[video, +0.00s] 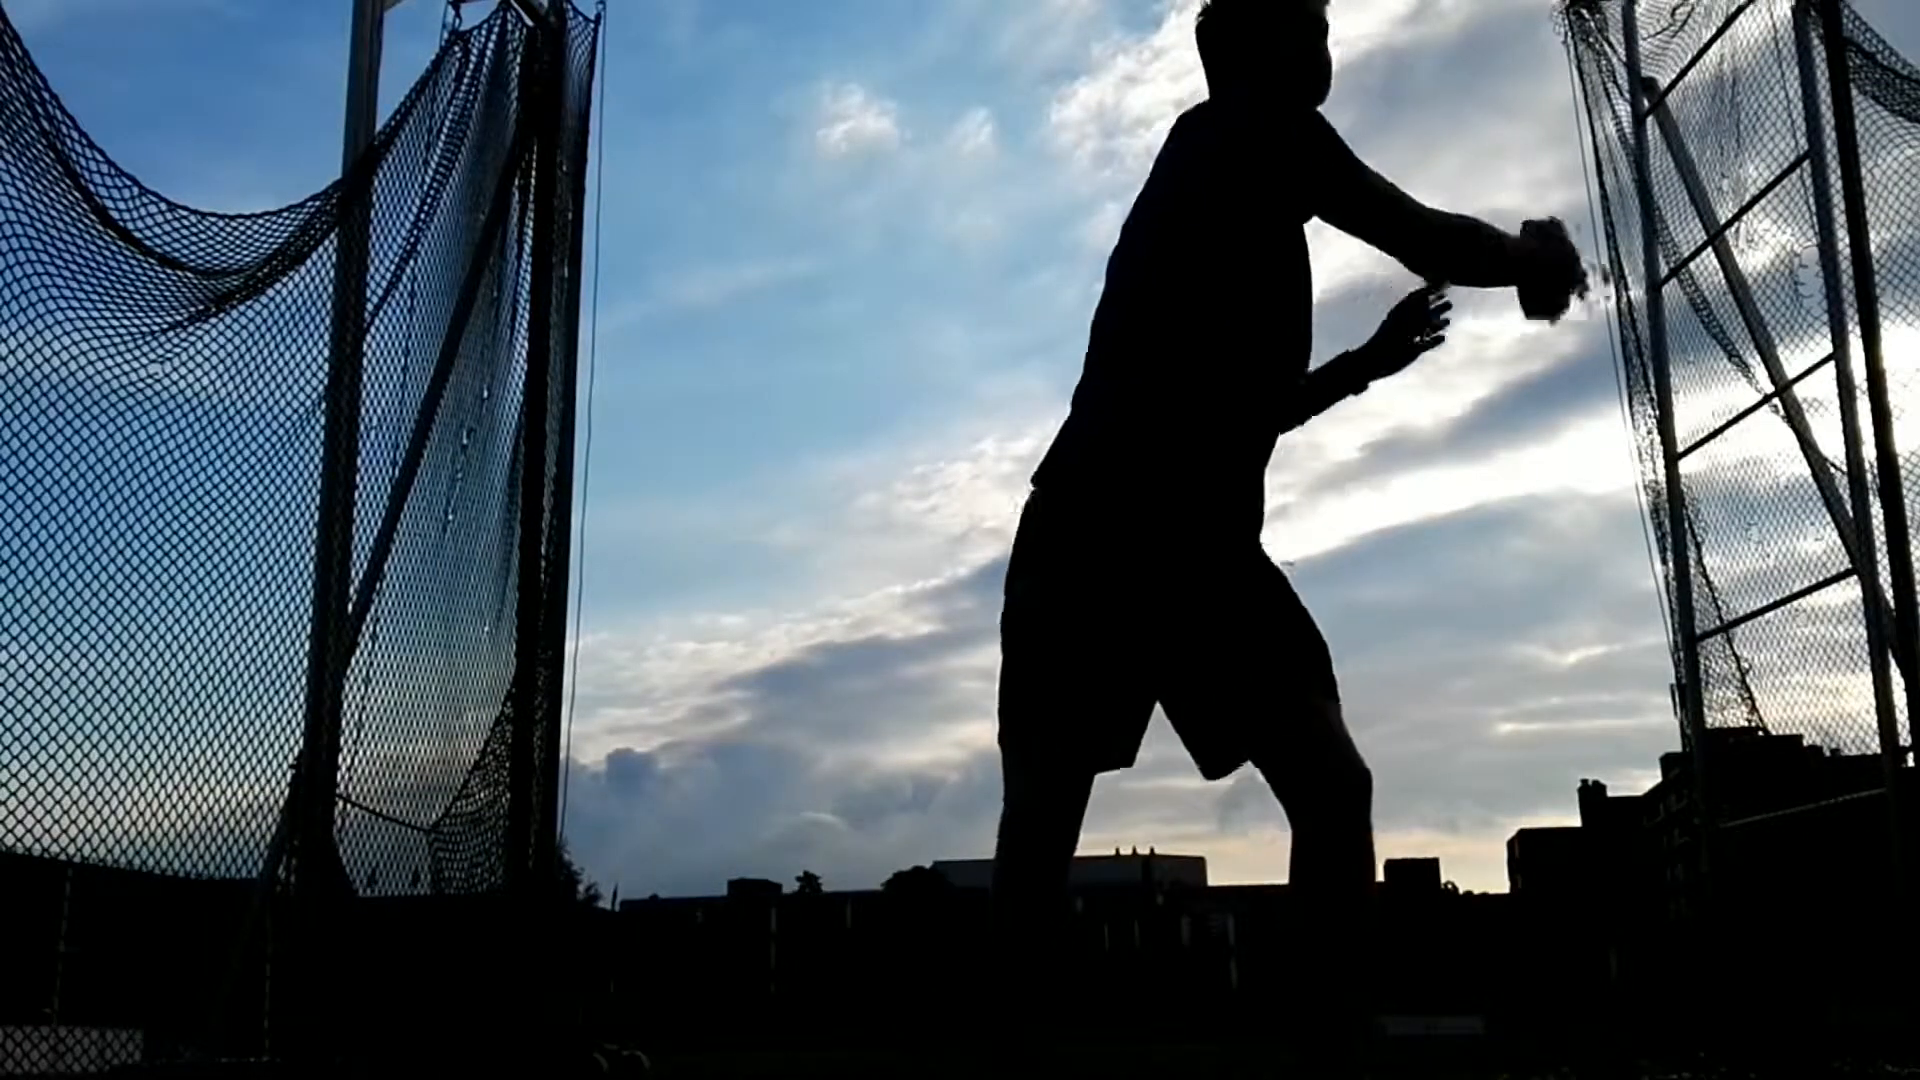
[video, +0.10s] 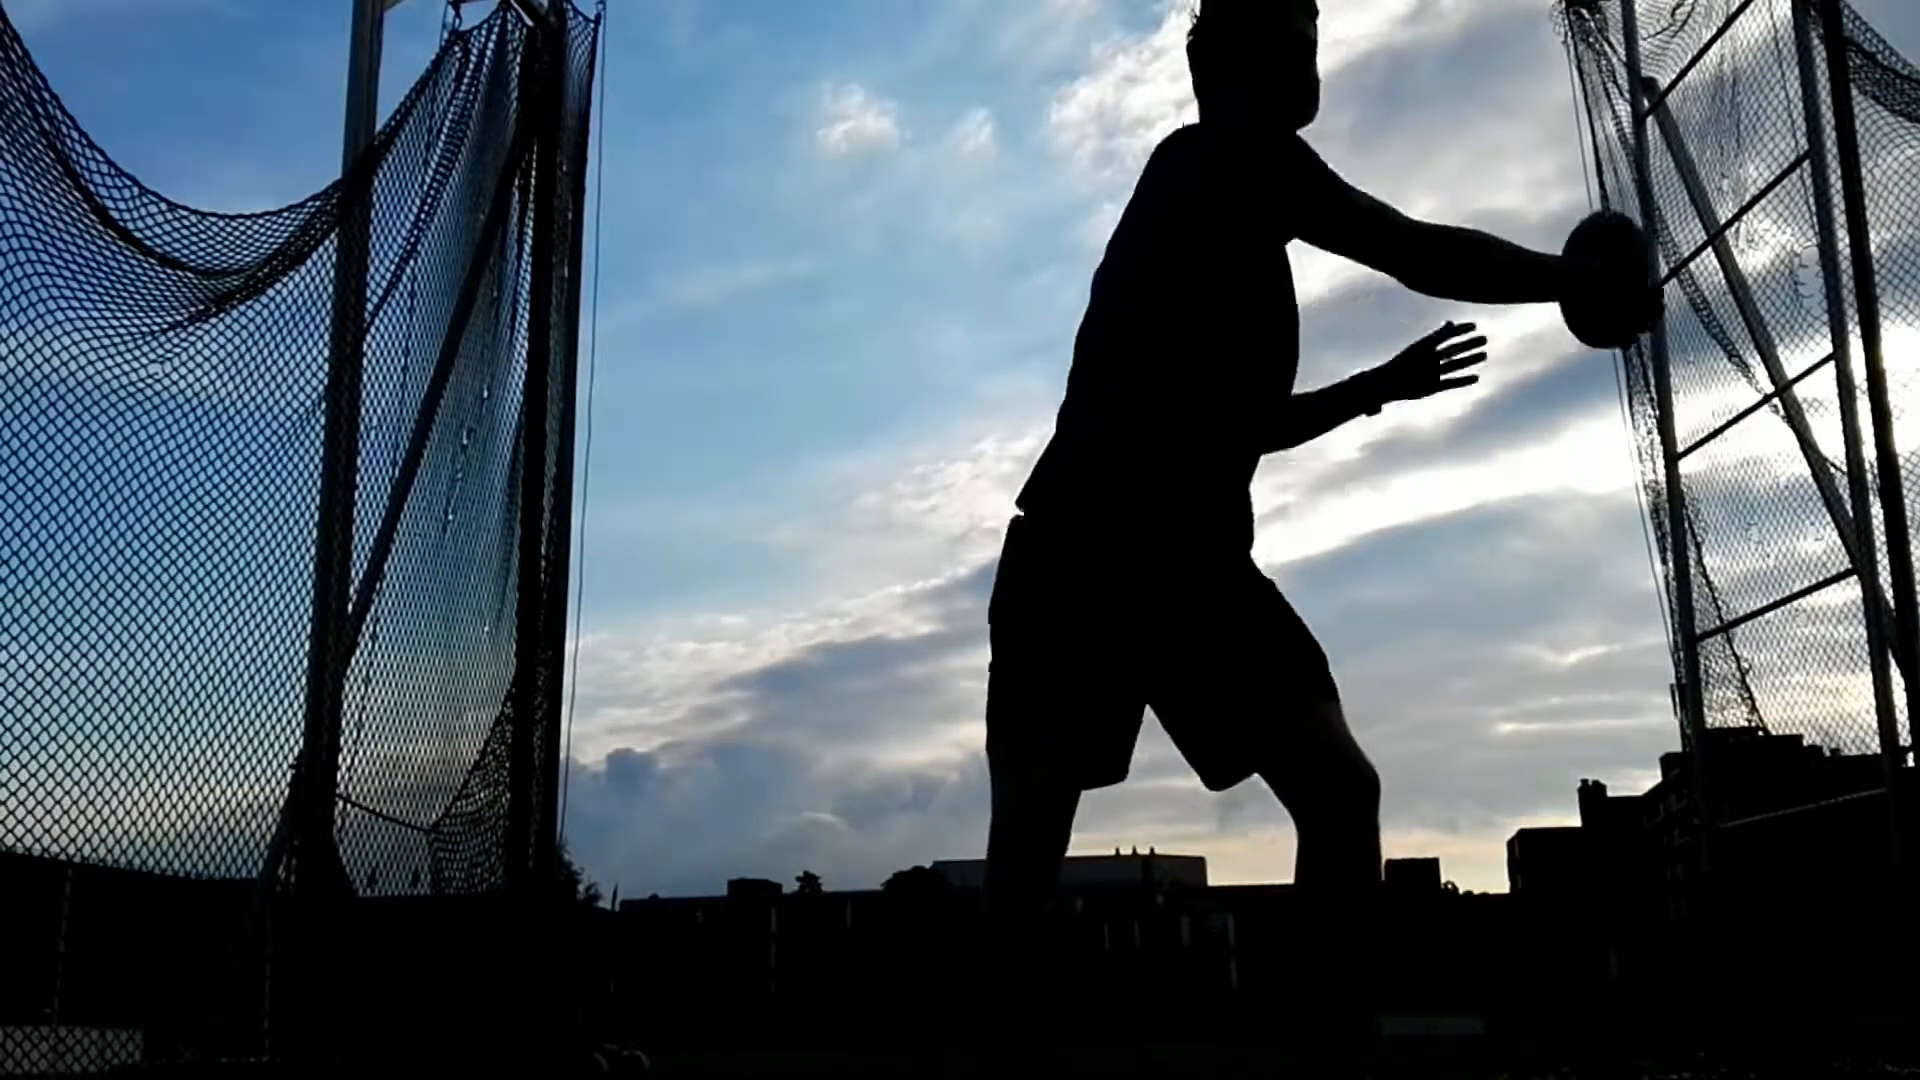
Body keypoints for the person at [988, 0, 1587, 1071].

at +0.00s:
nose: (1328, 58)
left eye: (1324, 34)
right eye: (1311, 34)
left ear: (1223, 52)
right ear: (1262, 42)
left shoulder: (1197, 188)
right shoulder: (1265, 131)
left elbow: (1242, 414)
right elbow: (1419, 239)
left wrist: (1369, 359)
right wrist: (1523, 259)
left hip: (1074, 535)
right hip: (1191, 538)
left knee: (1035, 827)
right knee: (1331, 792)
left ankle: (1005, 1060)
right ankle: (1327, 1047)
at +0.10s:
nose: (1313, 72)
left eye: (1310, 47)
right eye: (1292, 45)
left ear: (1207, 66)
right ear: (1230, 58)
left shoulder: (1182, 199)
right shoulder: (1245, 159)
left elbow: (1230, 433)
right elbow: (1413, 250)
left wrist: (1375, 387)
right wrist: (1570, 277)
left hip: (1064, 549)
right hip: (1172, 551)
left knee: (1026, 842)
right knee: (1335, 793)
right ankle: (1332, 1052)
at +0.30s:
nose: (1283, 110)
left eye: (1283, 89)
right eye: (1264, 88)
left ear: (1197, 109)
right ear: (1211, 101)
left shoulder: (1206, 255)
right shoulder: (1188, 218)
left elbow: (1289, 420)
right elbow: (1383, 286)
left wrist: (1442, 397)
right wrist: (1568, 295)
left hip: (1170, 575)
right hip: (1089, 569)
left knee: (1346, 802)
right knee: (1007, 851)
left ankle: (1337, 1052)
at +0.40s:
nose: (1246, 136)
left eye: (1254, 112)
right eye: (1216, 112)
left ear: (1268, 130)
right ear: (1166, 125)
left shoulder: (1223, 271)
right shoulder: (1151, 246)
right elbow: (1321, 389)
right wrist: (1486, 368)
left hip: (1179, 589)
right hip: (1066, 583)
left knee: (1356, 801)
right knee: (995, 847)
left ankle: (1339, 1046)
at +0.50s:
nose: (1230, 154)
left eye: (1237, 131)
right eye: (1203, 130)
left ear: (1249, 152)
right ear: (1146, 146)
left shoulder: (1235, 297)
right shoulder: (1115, 269)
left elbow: (1368, 381)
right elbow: (1249, 328)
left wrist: (1523, 362)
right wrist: (1371, 308)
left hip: (1188, 606)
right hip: (1067, 601)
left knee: (1367, 803)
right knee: (985, 836)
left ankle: (1349, 1043)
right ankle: (989, 1050)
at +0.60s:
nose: (1210, 169)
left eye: (1219, 145)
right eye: (1180, 144)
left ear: (1235, 165)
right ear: (1120, 164)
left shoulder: (1242, 293)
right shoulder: (1079, 285)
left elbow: (1395, 348)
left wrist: (1572, 322)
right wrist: (1237, 288)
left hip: (1199, 627)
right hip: (1062, 629)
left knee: (1375, 807)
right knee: (983, 846)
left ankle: (1354, 1048)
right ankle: (996, 1064)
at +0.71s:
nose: (1184, 172)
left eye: (1196, 150)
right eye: (1153, 148)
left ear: (1216, 171)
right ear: (1103, 169)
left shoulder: (1252, 309)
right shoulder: (1057, 306)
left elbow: (1439, 317)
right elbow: (1006, 361)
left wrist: (1605, 285)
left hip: (1218, 649)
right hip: (1070, 654)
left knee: (1380, 808)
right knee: (986, 842)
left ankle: (1368, 1046)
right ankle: (998, 1068)